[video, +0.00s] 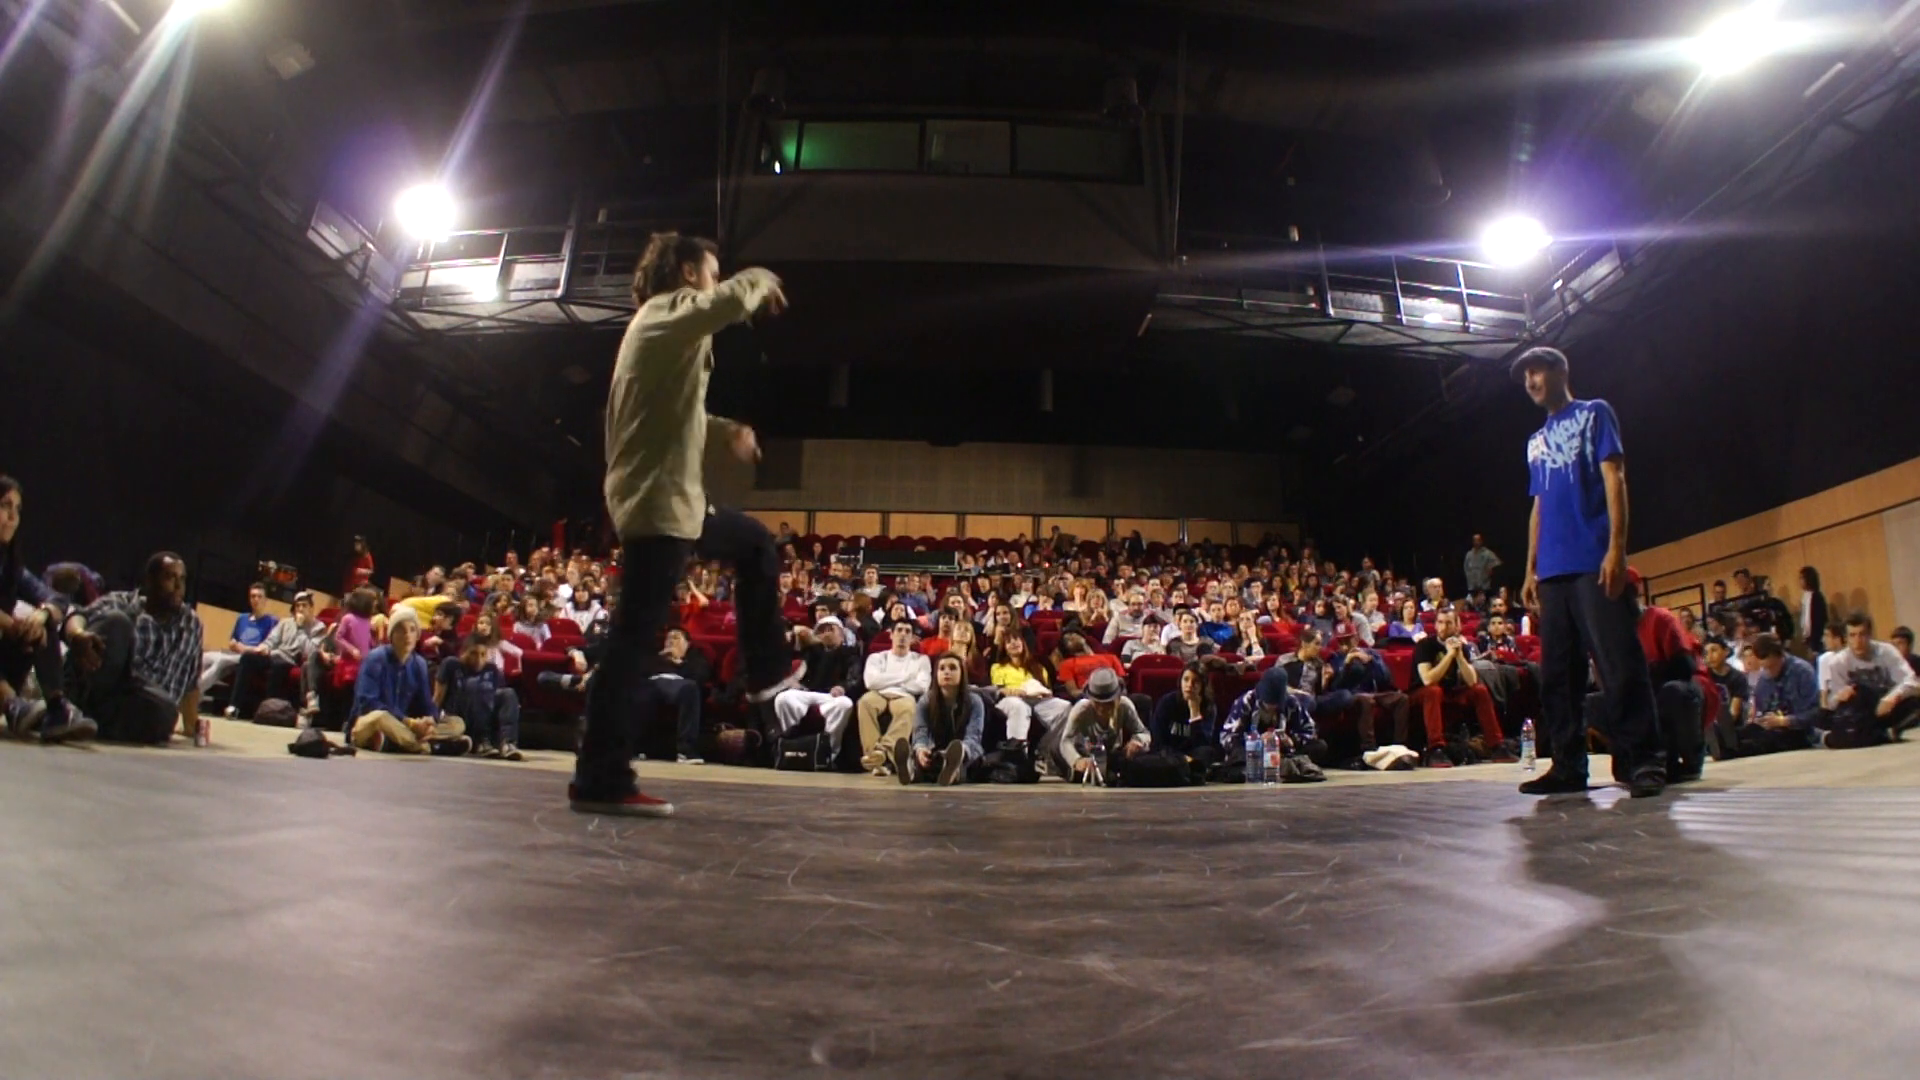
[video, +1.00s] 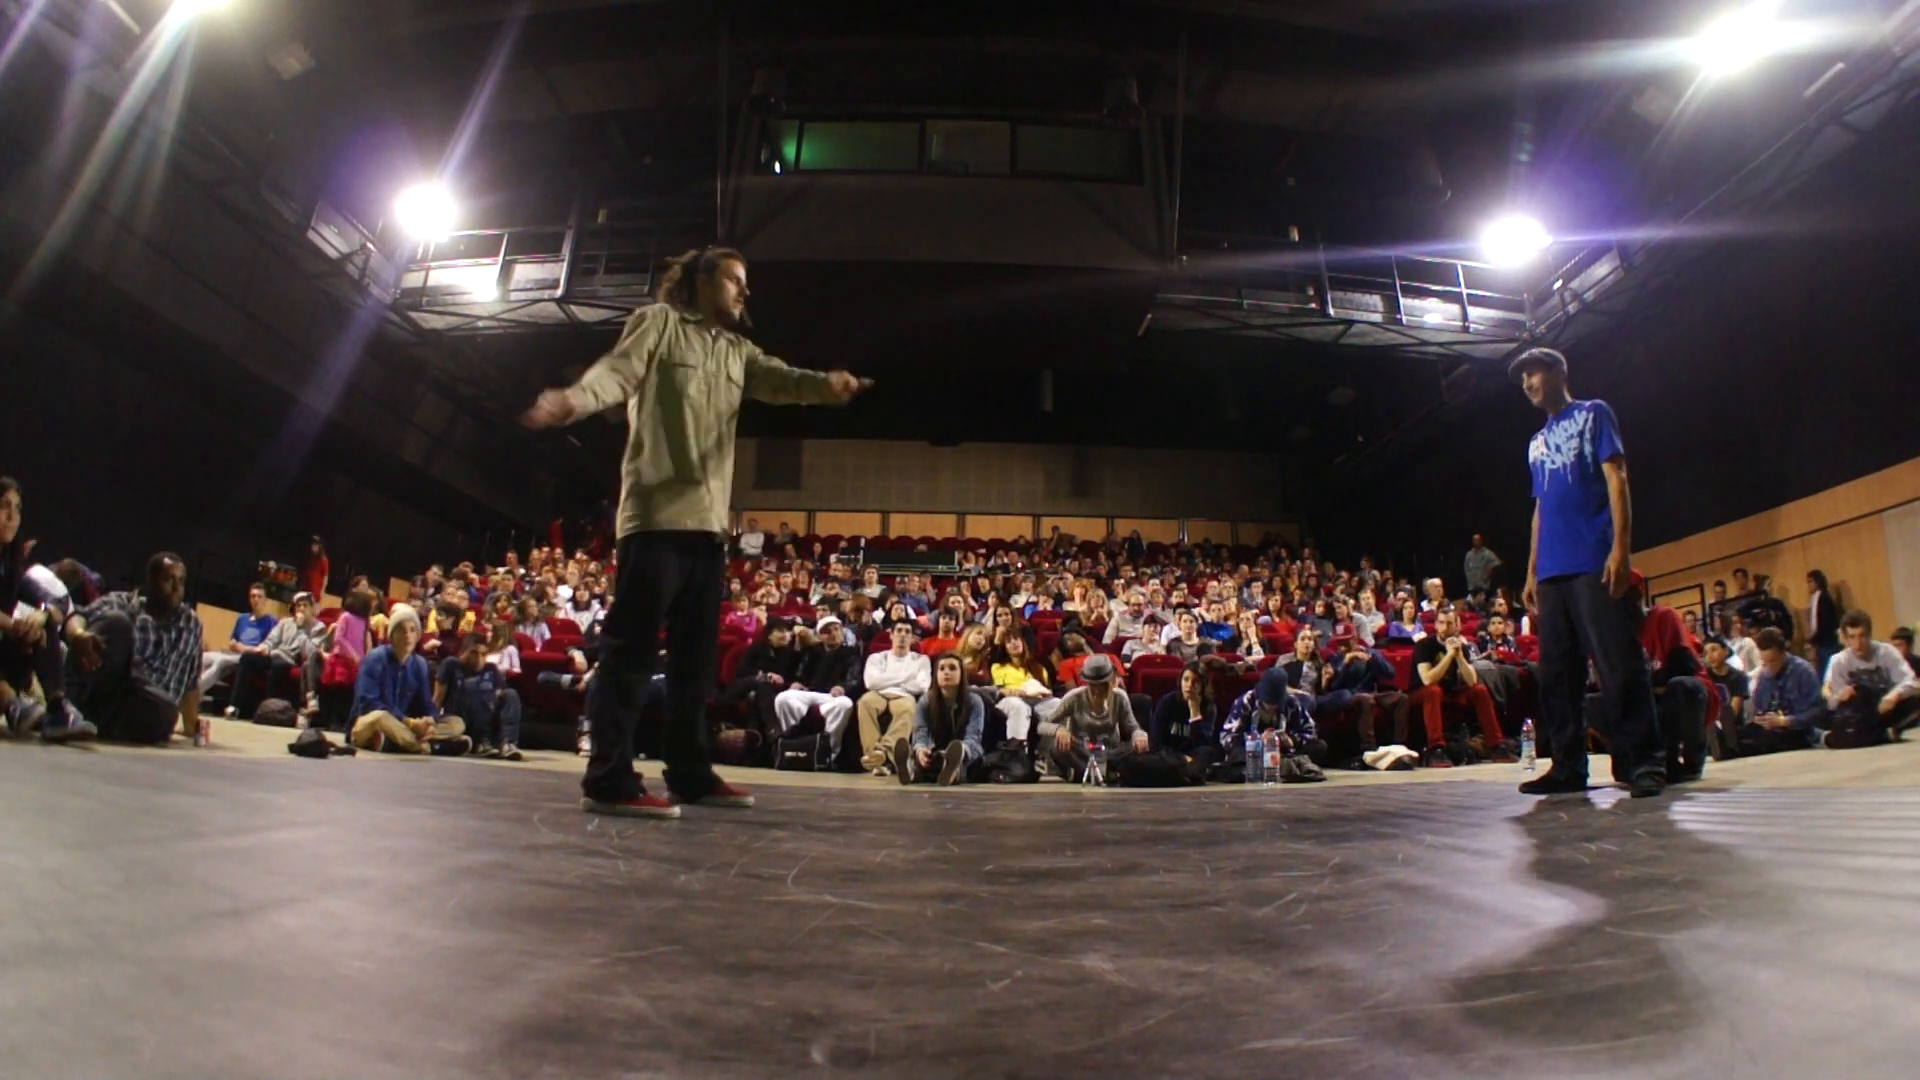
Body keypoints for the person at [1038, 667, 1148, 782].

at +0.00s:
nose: (1102, 709)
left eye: (1108, 704)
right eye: (1097, 704)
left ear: (1117, 697)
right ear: (1090, 698)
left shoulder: (1125, 705)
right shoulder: (1081, 708)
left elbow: (1143, 733)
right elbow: (1065, 742)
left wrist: (1137, 741)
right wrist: (1077, 761)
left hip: (1114, 756)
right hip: (1085, 757)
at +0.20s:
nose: (1102, 708)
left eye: (1108, 703)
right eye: (1097, 703)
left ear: (1117, 697)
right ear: (1090, 698)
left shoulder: (1125, 705)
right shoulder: (1080, 708)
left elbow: (1143, 733)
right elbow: (1064, 741)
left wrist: (1137, 741)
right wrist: (1076, 761)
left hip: (1114, 754)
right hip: (1086, 756)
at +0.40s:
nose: (1101, 706)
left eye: (1107, 702)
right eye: (1097, 701)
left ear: (1117, 696)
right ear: (1090, 695)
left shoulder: (1125, 704)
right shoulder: (1079, 707)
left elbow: (1143, 734)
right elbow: (1054, 735)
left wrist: (1138, 743)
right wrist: (1067, 755)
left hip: (1112, 754)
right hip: (1082, 755)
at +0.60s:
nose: (1102, 701)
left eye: (1107, 696)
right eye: (1097, 696)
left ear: (1116, 691)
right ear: (1090, 691)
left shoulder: (1124, 702)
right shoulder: (1080, 702)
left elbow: (1142, 734)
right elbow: (1042, 727)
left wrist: (1137, 742)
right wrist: (1061, 735)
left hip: (1112, 757)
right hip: (1081, 757)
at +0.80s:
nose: (1099, 694)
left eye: (1105, 689)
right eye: (1095, 689)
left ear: (1113, 685)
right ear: (1088, 685)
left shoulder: (1122, 699)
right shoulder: (1077, 698)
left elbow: (1139, 733)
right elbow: (1039, 725)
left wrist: (1139, 742)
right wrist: (1060, 726)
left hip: (1111, 753)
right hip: (1081, 753)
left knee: (1136, 752)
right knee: (1058, 746)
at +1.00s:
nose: (1098, 690)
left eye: (1103, 684)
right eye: (1093, 685)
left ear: (1111, 681)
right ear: (1086, 682)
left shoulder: (1120, 697)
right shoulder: (1074, 697)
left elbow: (1132, 727)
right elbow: (1042, 726)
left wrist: (1139, 734)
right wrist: (1059, 730)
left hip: (1112, 751)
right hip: (1082, 751)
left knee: (1138, 747)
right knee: (1059, 745)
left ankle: (1082, 772)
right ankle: (1102, 774)